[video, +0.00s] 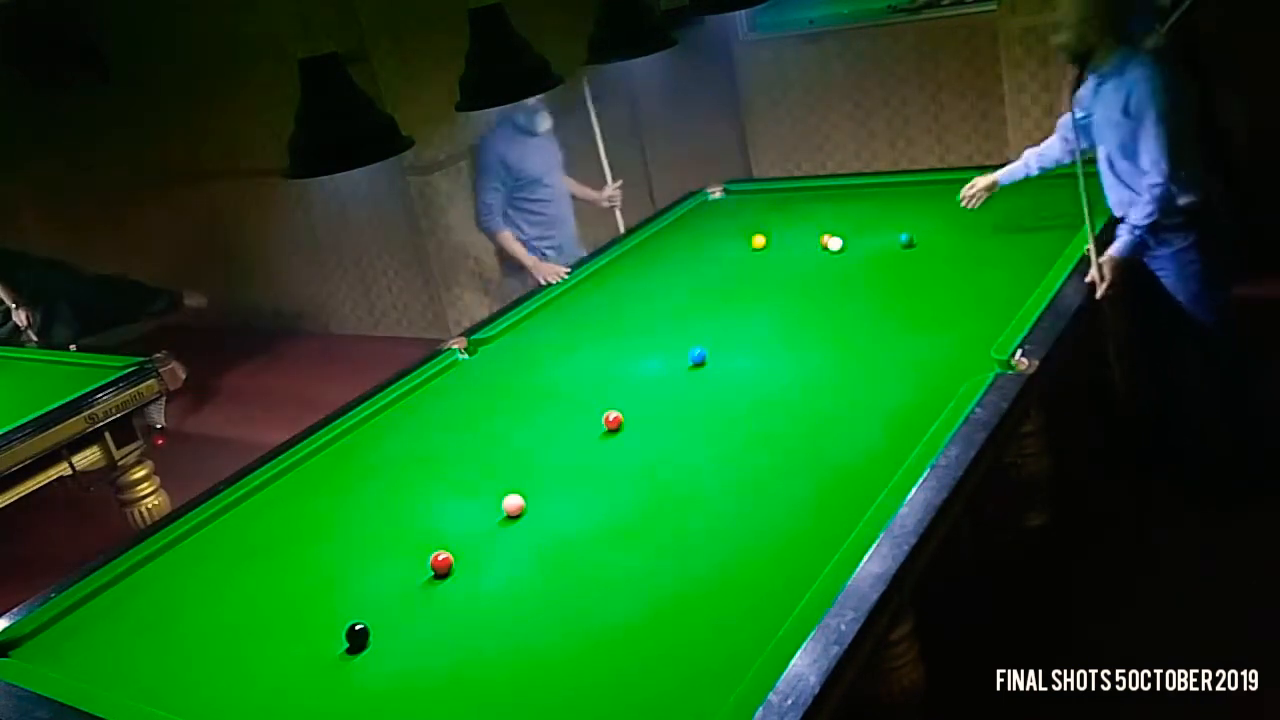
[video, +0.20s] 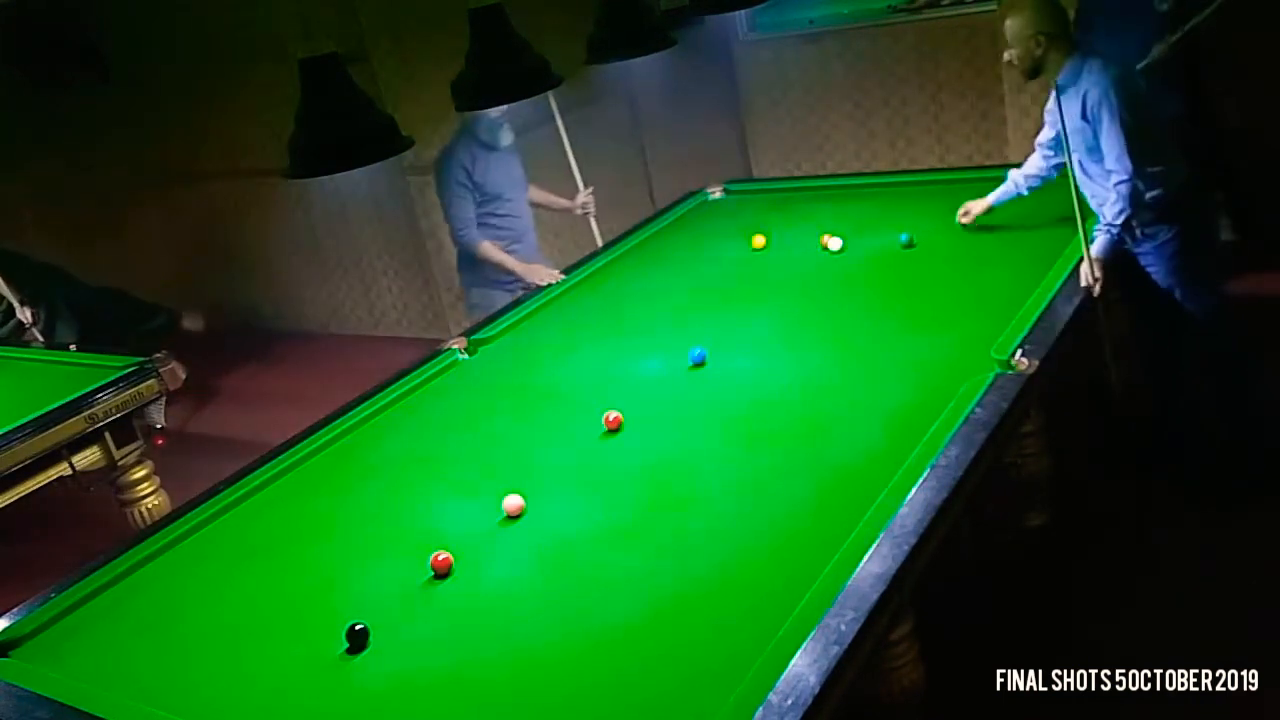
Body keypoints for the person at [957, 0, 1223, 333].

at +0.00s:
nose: (1058, 38)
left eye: (1066, 27)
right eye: (1057, 28)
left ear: (1094, 26)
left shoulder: (1145, 77)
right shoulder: (1093, 88)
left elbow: (1159, 179)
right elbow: (1061, 146)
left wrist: (1118, 251)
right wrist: (996, 179)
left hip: (1175, 234)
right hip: (1135, 233)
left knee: (1207, 351)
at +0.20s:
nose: (1006, 57)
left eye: (1012, 47)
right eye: (1006, 47)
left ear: (1039, 44)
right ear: (1040, 45)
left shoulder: (1100, 83)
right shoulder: (1062, 93)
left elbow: (1124, 176)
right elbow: (1044, 160)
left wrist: (1099, 249)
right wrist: (989, 201)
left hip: (1154, 226)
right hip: (1122, 228)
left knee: (1198, 321)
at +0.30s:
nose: (998, 63)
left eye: (1002, 52)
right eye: (996, 54)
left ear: (1032, 47)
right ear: (1032, 47)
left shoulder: (1089, 89)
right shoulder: (1057, 92)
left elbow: (1117, 179)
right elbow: (1059, 168)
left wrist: (1098, 249)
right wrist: (1012, 210)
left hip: (1158, 234)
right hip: (1128, 232)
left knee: (1201, 335)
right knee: (1164, 340)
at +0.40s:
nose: (998, 62)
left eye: (1003, 52)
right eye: (996, 52)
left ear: (1034, 47)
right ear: (1033, 48)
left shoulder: (1087, 90)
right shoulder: (1061, 89)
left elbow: (1112, 179)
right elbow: (1076, 167)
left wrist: (1097, 249)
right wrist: (1042, 211)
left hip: (1157, 235)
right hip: (1129, 234)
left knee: (1200, 337)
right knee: (1161, 344)